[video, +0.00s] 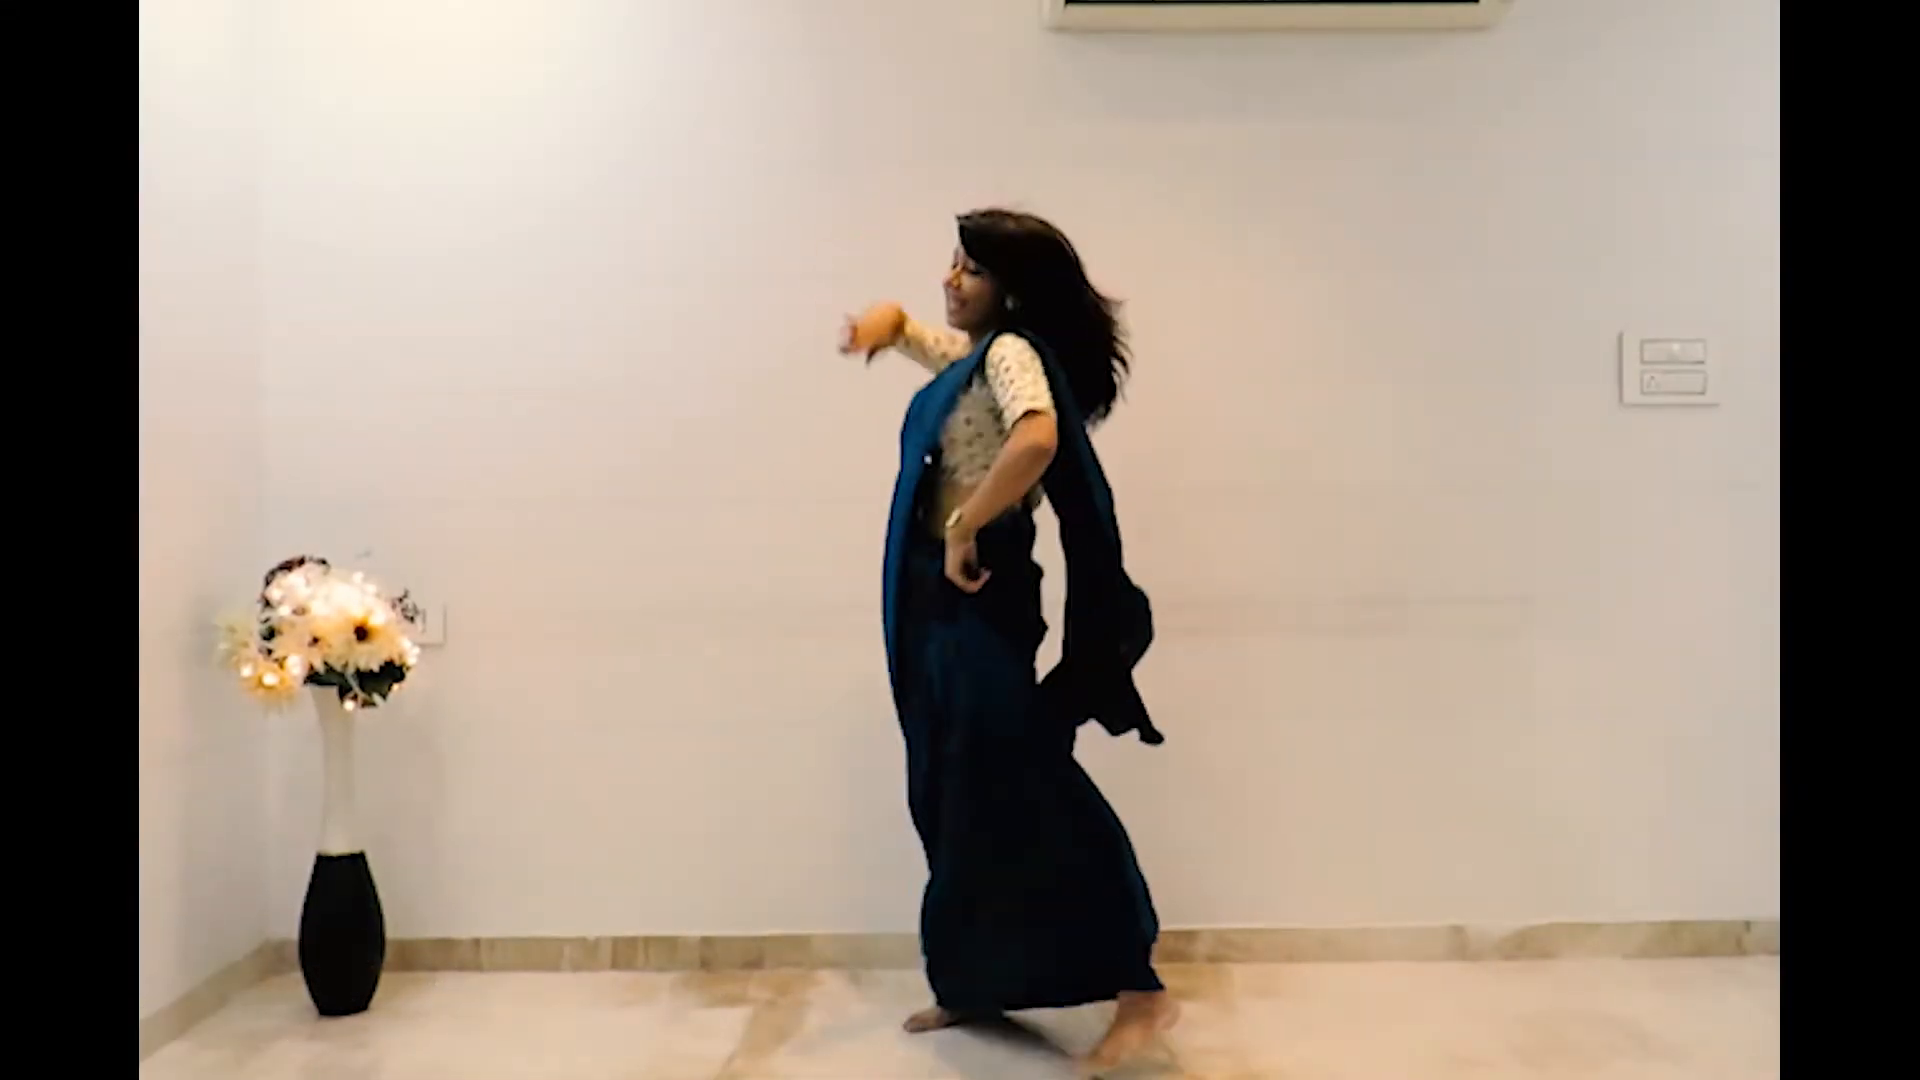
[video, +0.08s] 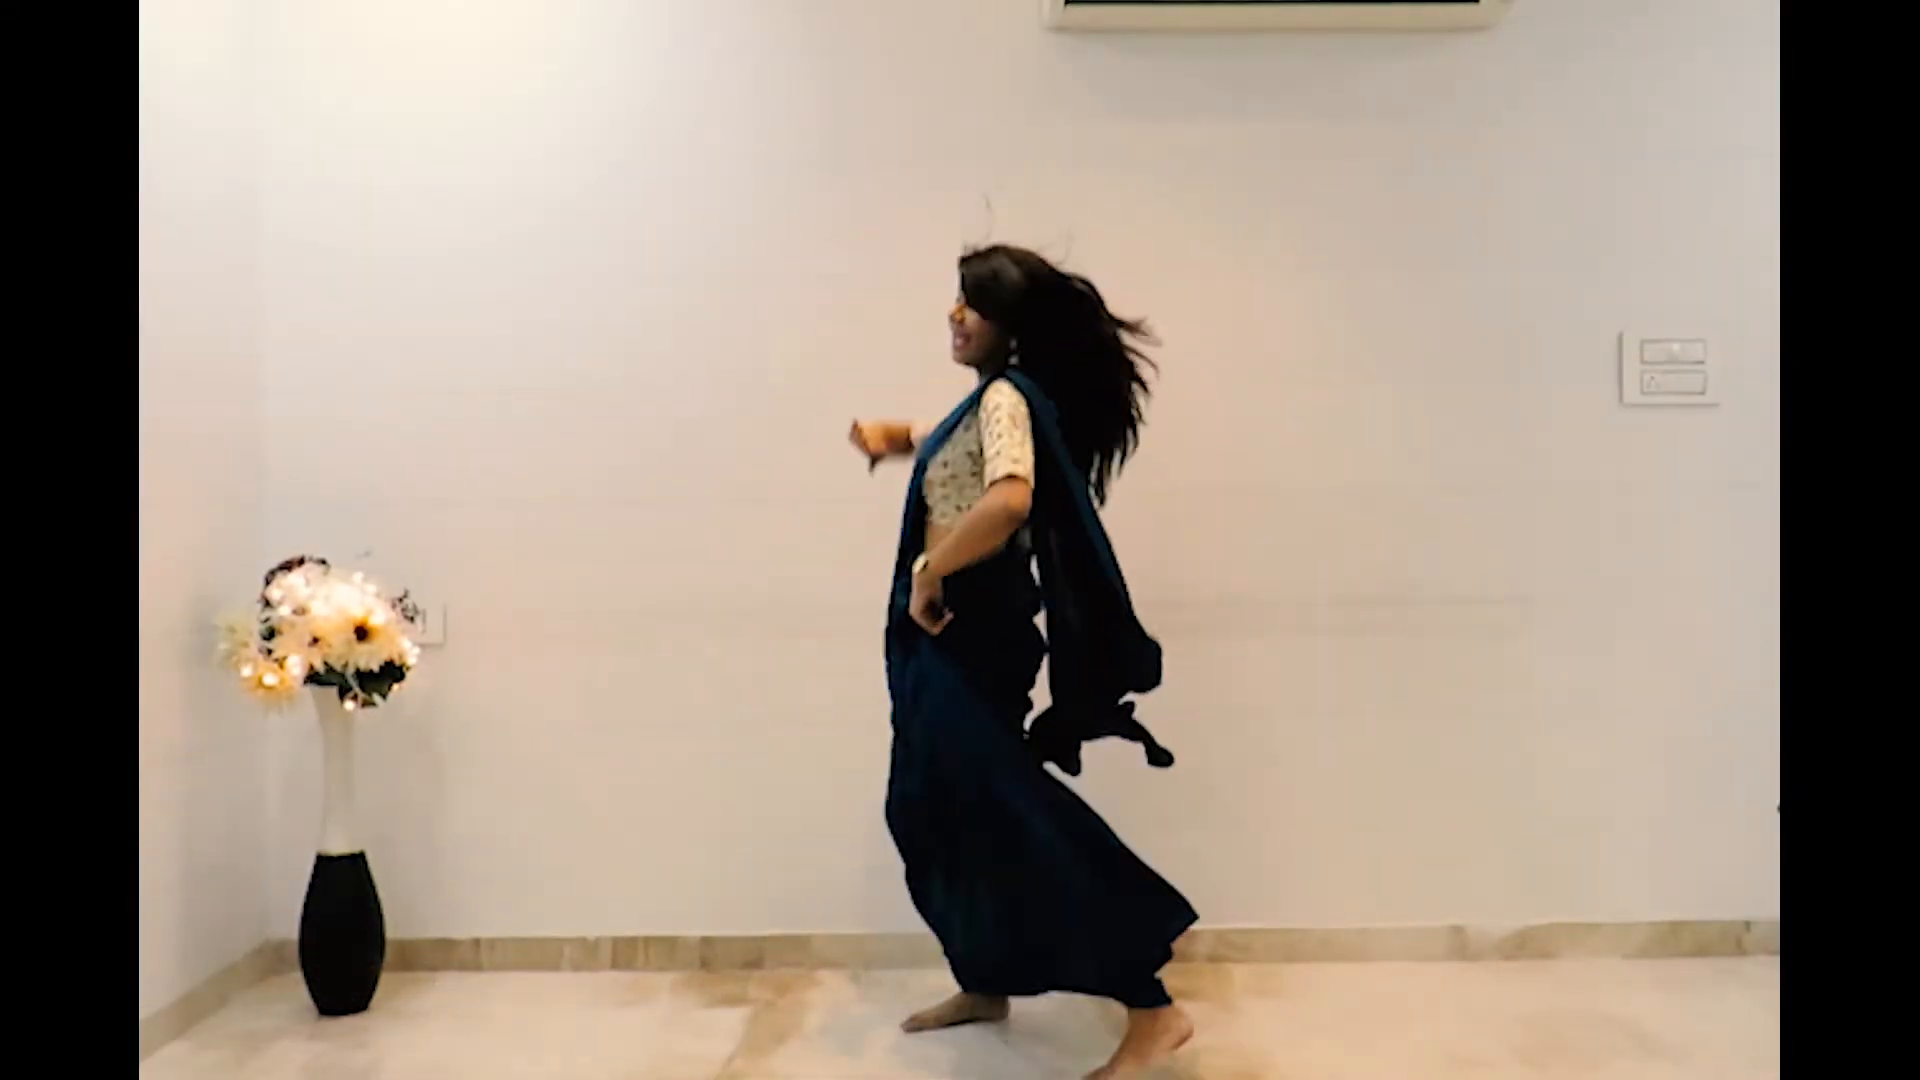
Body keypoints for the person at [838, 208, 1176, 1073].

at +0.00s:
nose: (950, 280)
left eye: (965, 272)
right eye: (954, 268)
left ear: (1004, 288)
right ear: (985, 285)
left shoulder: (1007, 353)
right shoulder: (966, 355)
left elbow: (1039, 436)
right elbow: (916, 335)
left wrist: (965, 523)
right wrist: (886, 323)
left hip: (986, 614)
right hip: (936, 613)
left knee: (1037, 788)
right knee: (949, 793)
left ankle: (1141, 991)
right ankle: (974, 985)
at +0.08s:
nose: (954, 318)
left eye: (970, 309)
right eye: (957, 304)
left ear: (1007, 326)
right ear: (992, 322)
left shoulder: (1003, 398)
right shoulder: (989, 396)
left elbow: (1010, 499)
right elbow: (955, 451)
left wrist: (932, 569)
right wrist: (903, 441)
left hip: (975, 644)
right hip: (952, 638)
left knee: (1008, 816)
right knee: (929, 806)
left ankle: (1150, 1009)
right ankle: (980, 986)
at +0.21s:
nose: (953, 317)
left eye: (964, 305)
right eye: (957, 303)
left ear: (996, 318)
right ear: (1012, 316)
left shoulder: (1029, 391)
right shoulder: (976, 408)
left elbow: (1068, 482)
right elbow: (869, 491)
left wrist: (974, 550)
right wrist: (877, 469)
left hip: (1007, 652)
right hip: (952, 652)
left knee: (1028, 832)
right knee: (926, 817)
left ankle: (1161, 1019)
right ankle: (983, 987)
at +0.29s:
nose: (968, 265)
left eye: (983, 252)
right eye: (967, 252)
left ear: (1019, 268)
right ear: (965, 269)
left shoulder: (1056, 348)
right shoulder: (938, 362)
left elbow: (1129, 429)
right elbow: (822, 375)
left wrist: (1037, 492)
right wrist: (917, 348)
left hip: (1028, 609)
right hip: (944, 609)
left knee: (1064, 795)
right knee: (949, 790)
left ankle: (1139, 999)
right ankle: (964, 978)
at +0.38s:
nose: (988, 238)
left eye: (1007, 228)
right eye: (978, 224)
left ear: (1038, 247)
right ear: (958, 239)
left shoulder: (1072, 327)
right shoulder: (929, 327)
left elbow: (1164, 403)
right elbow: (848, 284)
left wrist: (1082, 462)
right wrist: (971, 281)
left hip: (1039, 572)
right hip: (944, 572)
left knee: (1060, 766)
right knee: (953, 767)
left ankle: (1092, 965)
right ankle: (975, 956)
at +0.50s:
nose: (1003, 252)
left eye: (1019, 243)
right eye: (988, 240)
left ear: (1042, 268)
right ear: (957, 260)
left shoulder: (1067, 345)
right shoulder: (929, 332)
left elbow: (1148, 424)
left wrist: (1114, 476)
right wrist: (1075, 323)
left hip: (1066, 576)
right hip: (976, 583)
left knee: (1070, 768)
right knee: (1005, 784)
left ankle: (1023, 972)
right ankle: (1004, 1012)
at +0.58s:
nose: (1014, 290)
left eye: (1028, 282)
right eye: (997, 277)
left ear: (1045, 308)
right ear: (962, 296)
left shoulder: (1038, 386)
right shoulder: (957, 391)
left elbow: (1092, 466)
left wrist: (1103, 510)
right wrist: (1084, 404)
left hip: (1056, 622)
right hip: (1002, 633)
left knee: (1081, 807)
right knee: (1052, 810)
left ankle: (1031, 1009)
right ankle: (1019, 1023)